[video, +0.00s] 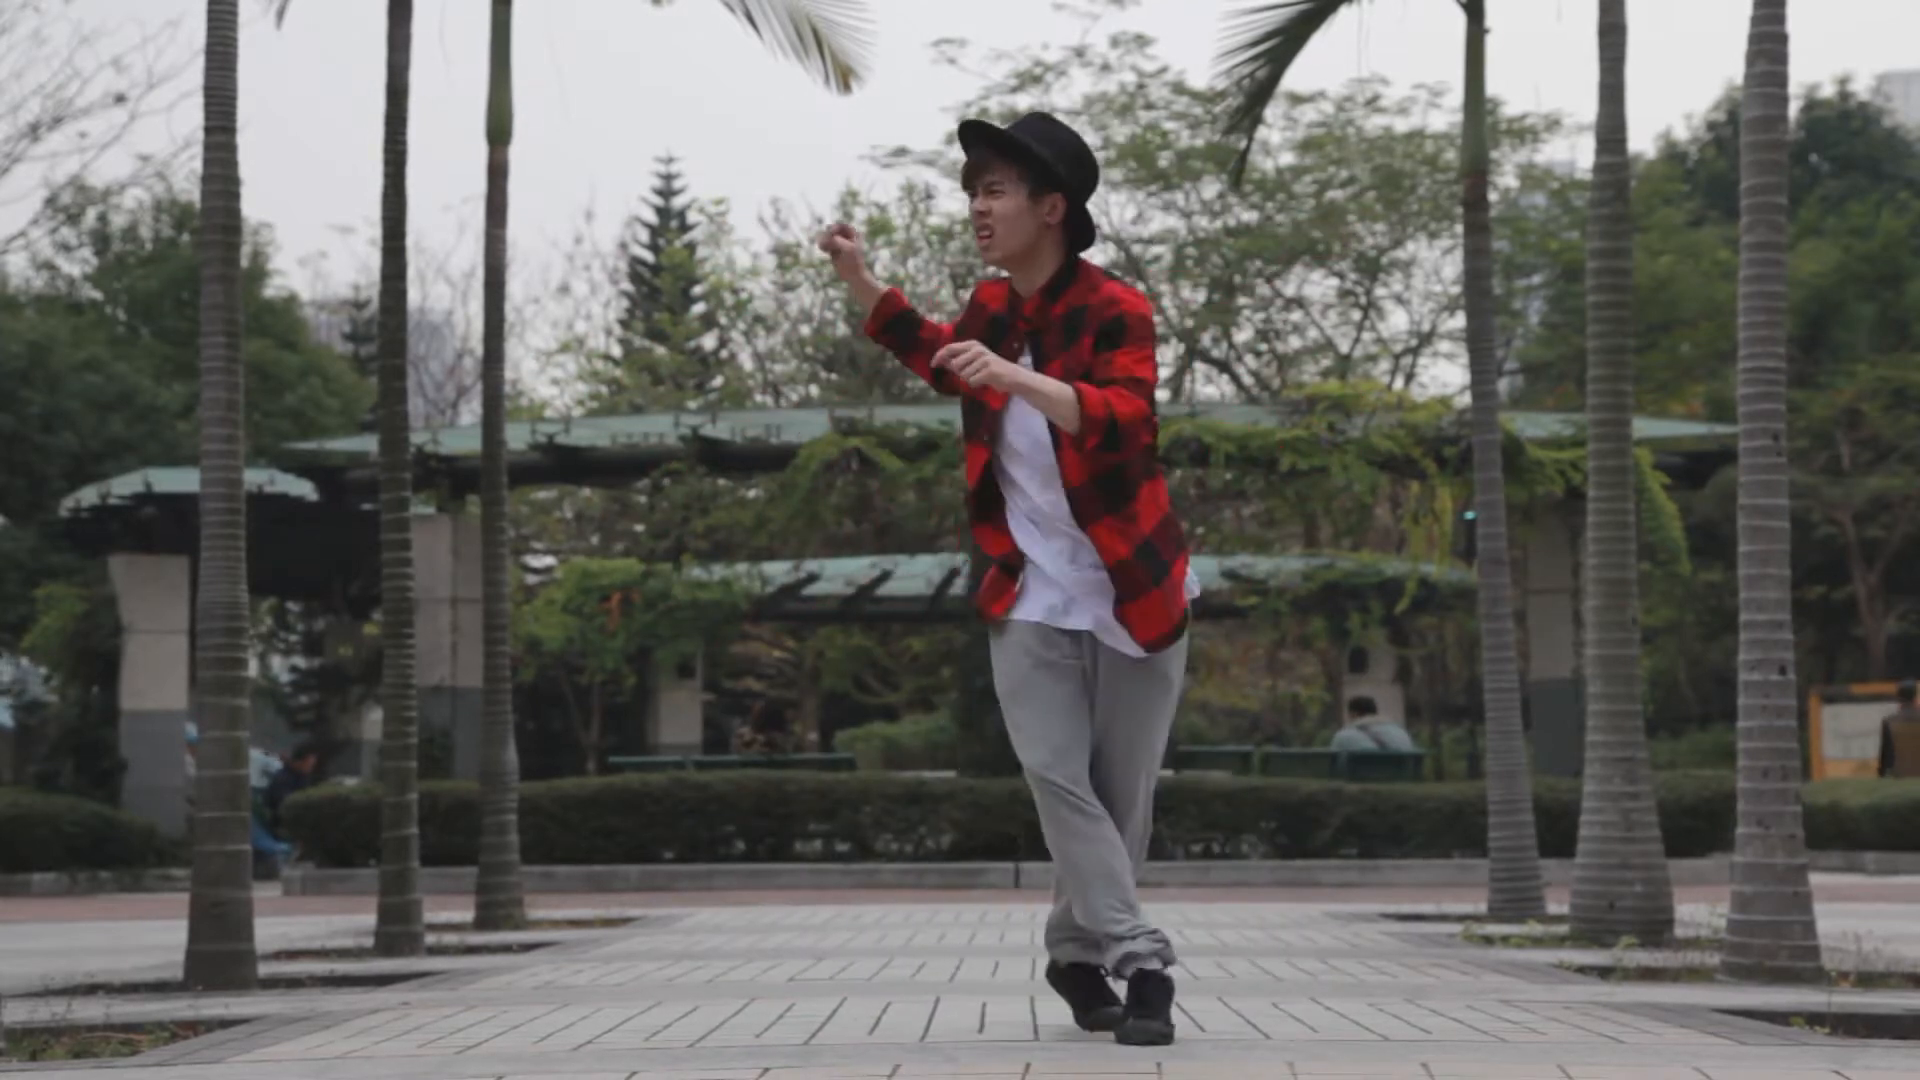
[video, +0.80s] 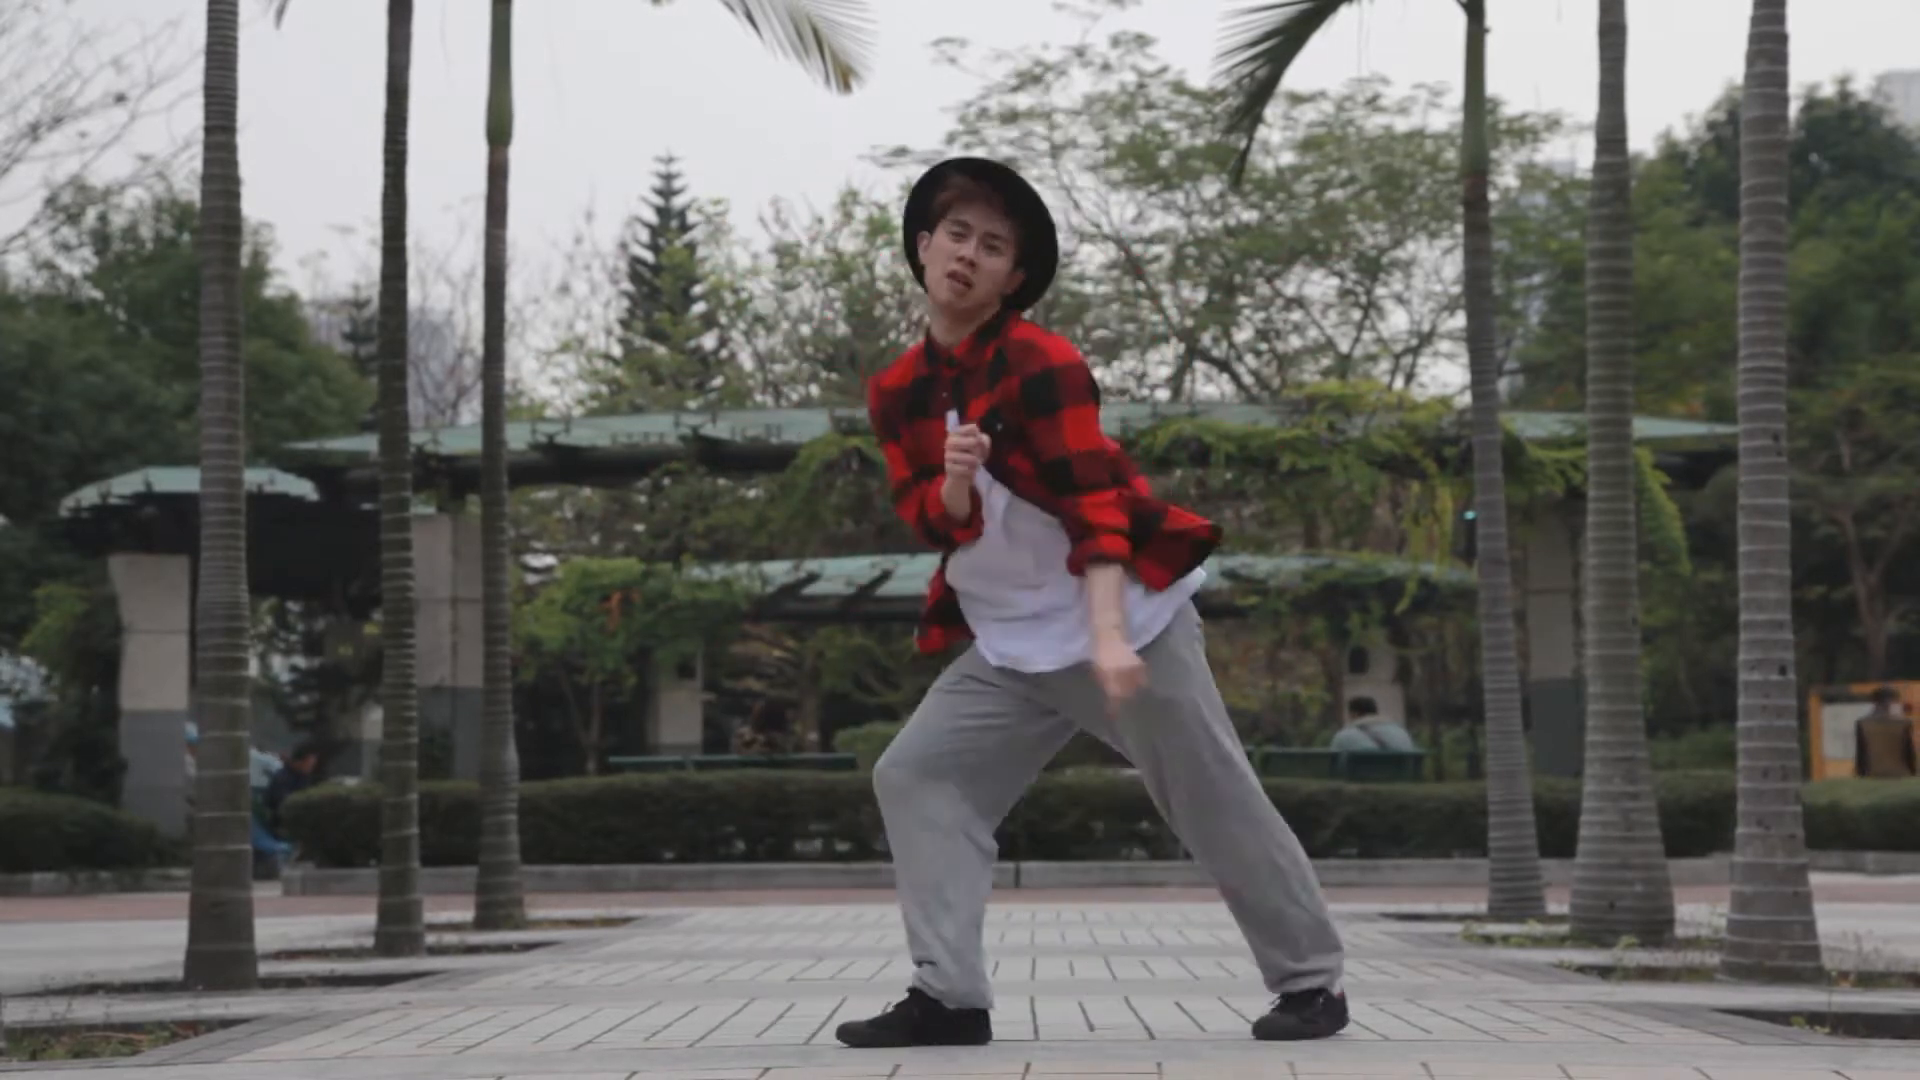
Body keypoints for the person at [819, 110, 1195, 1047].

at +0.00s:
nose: (977, 210)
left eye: (996, 193)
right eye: (974, 194)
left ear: (1054, 207)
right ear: (980, 205)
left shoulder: (1118, 310)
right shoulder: (989, 310)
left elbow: (1125, 418)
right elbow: (940, 359)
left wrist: (1014, 378)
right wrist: (865, 288)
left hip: (1136, 590)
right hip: (1031, 589)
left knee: (1124, 790)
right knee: (1054, 774)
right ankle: (1139, 955)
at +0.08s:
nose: (983, 207)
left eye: (1002, 190)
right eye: (978, 190)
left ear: (1060, 203)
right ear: (979, 204)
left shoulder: (1114, 313)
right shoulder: (983, 314)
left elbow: (1134, 429)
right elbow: (918, 361)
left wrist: (1028, 353)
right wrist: (895, 290)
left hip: (1122, 592)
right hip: (1017, 584)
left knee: (1119, 790)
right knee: (996, 731)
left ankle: (1108, 958)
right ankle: (1107, 918)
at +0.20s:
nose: (992, 190)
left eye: (1011, 172)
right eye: (981, 177)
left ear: (1066, 191)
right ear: (977, 197)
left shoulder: (1113, 286)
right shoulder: (954, 288)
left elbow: (1135, 320)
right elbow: (858, 282)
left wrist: (1052, 240)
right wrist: (877, 226)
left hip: (1099, 567)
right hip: (989, 558)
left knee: (1116, 781)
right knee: (959, 677)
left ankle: (1096, 958)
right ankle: (975, 897)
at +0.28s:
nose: (995, 178)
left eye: (1012, 159)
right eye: (979, 172)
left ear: (1069, 173)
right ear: (976, 198)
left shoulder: (1123, 280)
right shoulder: (948, 271)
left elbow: (1144, 283)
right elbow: (838, 254)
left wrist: (1065, 219)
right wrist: (838, 207)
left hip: (1079, 556)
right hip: (966, 547)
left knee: (1148, 749)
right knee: (946, 720)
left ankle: (1100, 952)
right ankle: (855, 942)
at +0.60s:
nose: (1016, 162)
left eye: (1038, 146)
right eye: (996, 146)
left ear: (1072, 173)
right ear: (969, 171)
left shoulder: (1103, 268)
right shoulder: (925, 271)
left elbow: (1118, 350)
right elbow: (810, 344)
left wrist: (1000, 309)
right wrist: (826, 294)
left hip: (1094, 580)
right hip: (951, 580)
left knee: (1162, 768)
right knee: (886, 757)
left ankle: (1170, 940)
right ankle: (891, 966)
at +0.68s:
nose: (998, 172)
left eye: (1025, 163)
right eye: (983, 152)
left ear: (1051, 198)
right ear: (949, 172)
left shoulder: (1077, 276)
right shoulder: (907, 289)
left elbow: (1107, 389)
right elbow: (849, 412)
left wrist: (981, 383)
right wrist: (886, 352)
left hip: (1098, 578)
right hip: (974, 585)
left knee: (1153, 767)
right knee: (910, 749)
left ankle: (1242, 953)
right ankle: (943, 969)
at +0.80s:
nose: (967, 254)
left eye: (993, 245)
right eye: (953, 232)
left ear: (1017, 280)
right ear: (919, 249)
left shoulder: (1041, 364)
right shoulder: (896, 389)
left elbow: (1095, 495)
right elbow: (926, 523)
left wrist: (1107, 630)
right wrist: (953, 486)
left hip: (1121, 616)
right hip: (1011, 640)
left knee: (1213, 794)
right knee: (915, 776)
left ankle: (1311, 982)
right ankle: (950, 997)